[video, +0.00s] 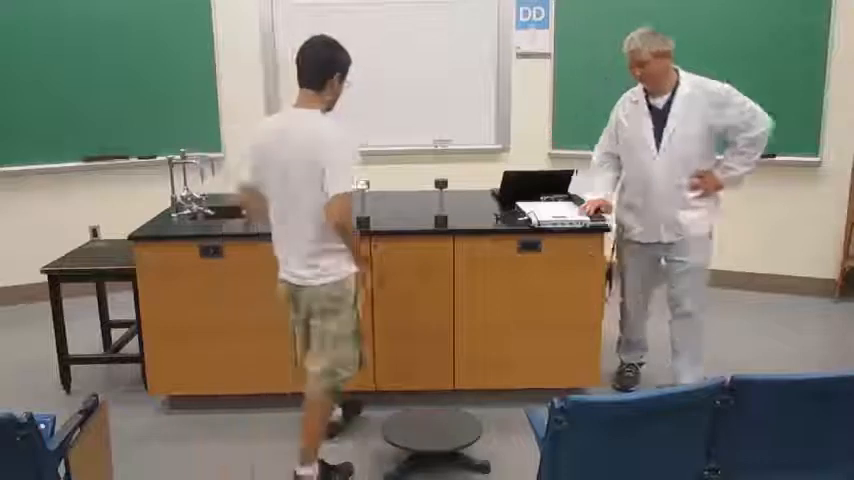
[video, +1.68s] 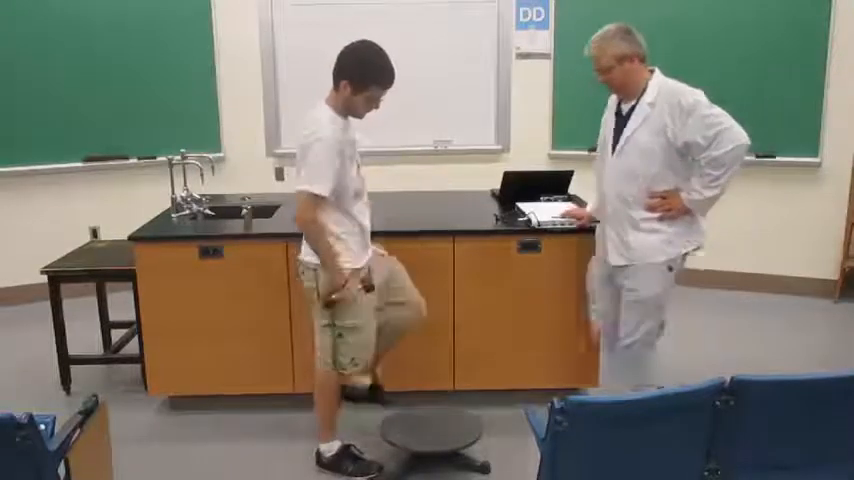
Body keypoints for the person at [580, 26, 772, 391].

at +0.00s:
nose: (635, 74)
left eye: (641, 66)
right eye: (632, 67)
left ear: (665, 59)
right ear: (631, 66)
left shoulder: (708, 95)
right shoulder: (627, 106)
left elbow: (757, 126)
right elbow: (606, 157)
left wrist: (722, 174)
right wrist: (600, 195)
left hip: (688, 225)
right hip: (637, 225)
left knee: (686, 308)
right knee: (632, 301)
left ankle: (688, 385)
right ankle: (630, 360)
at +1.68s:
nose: (600, 79)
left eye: (605, 70)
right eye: (598, 71)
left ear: (633, 61)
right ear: (627, 63)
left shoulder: (676, 99)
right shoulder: (615, 103)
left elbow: (732, 143)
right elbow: (618, 170)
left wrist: (692, 199)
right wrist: (593, 211)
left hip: (653, 246)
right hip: (612, 242)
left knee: (635, 343)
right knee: (608, 336)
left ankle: (633, 429)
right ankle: (612, 424)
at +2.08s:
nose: (587, 81)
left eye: (591, 71)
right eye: (584, 73)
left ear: (618, 61)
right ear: (608, 65)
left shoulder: (656, 95)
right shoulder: (610, 102)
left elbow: (703, 144)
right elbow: (615, 169)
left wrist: (670, 200)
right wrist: (586, 205)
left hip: (637, 246)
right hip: (596, 240)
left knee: (627, 343)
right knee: (566, 323)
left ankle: (624, 429)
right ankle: (525, 405)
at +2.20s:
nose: (585, 84)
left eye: (590, 74)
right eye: (582, 76)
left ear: (617, 64)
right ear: (605, 68)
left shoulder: (656, 101)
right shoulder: (607, 106)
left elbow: (704, 147)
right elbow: (609, 165)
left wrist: (668, 205)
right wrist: (584, 203)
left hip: (633, 250)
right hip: (590, 244)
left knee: (622, 348)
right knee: (563, 331)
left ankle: (618, 431)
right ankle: (528, 415)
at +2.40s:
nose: (582, 87)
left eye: (587, 76)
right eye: (579, 78)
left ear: (614, 67)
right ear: (600, 71)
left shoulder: (655, 105)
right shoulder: (600, 112)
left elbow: (705, 149)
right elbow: (602, 174)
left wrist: (666, 207)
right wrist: (583, 208)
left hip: (628, 253)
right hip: (586, 248)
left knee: (620, 352)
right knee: (562, 336)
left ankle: (618, 435)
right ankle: (529, 419)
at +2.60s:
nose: (578, 88)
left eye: (582, 78)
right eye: (574, 79)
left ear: (609, 68)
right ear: (599, 72)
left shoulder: (650, 105)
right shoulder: (596, 112)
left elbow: (700, 149)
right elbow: (603, 171)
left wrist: (663, 207)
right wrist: (582, 208)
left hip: (626, 254)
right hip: (583, 249)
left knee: (618, 352)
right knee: (561, 336)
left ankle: (617, 434)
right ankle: (528, 420)